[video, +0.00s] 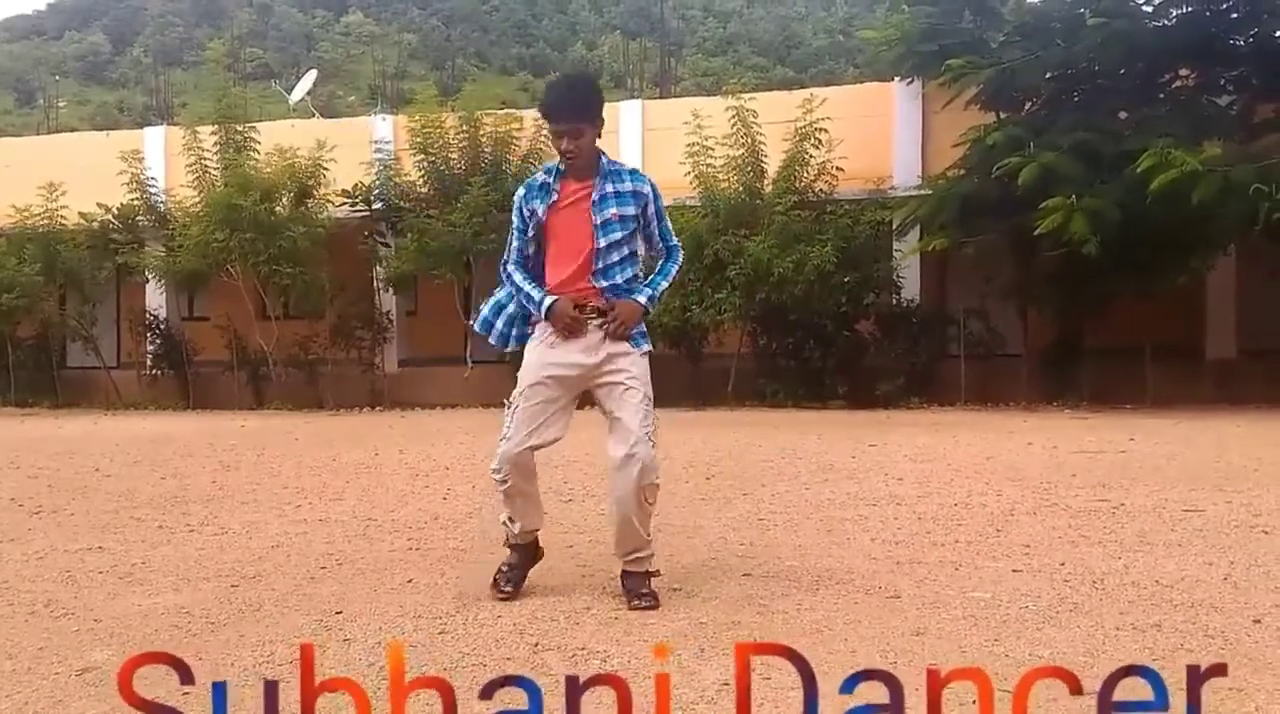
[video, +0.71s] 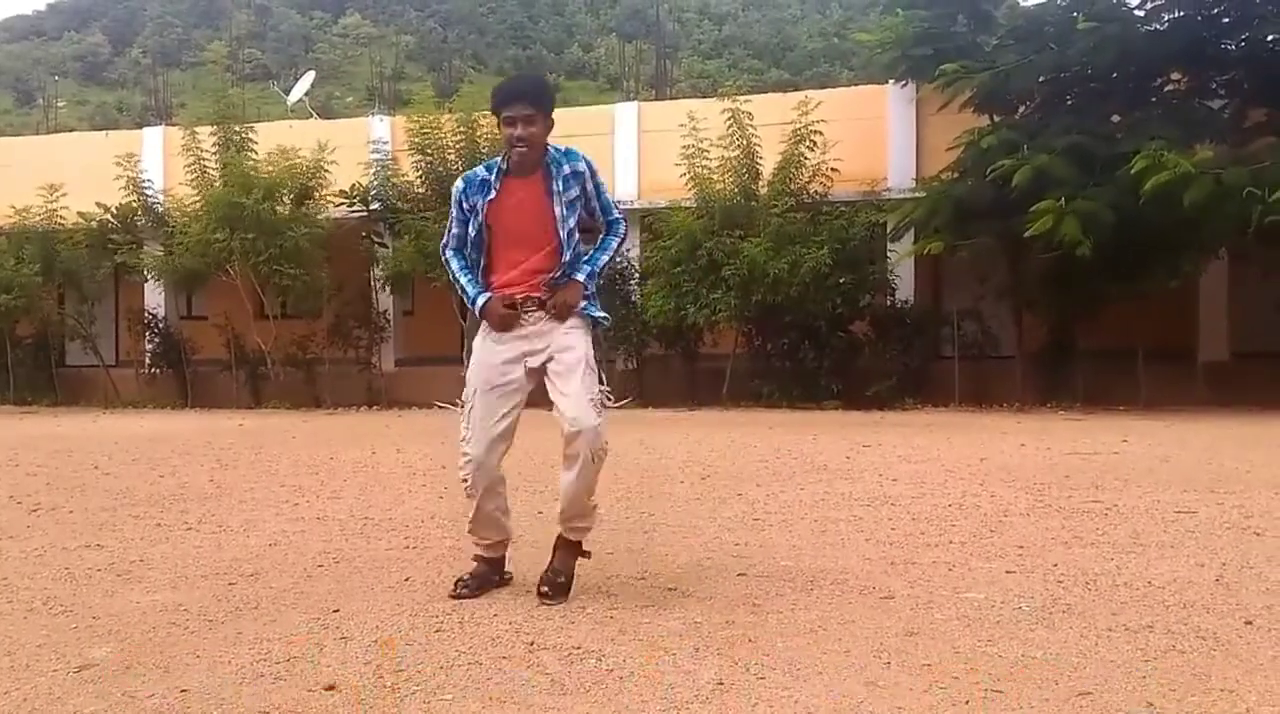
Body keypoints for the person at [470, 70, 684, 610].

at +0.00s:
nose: (567, 146)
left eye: (576, 134)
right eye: (558, 136)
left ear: (598, 126)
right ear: (547, 132)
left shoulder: (636, 187)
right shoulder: (532, 193)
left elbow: (669, 254)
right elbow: (513, 266)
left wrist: (641, 300)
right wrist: (547, 304)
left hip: (621, 341)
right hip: (553, 341)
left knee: (635, 456)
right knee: (511, 455)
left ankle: (636, 568)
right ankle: (522, 544)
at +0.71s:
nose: (518, 132)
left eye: (529, 122)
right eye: (509, 122)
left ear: (549, 124)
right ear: (497, 126)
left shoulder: (575, 170)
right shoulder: (472, 186)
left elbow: (613, 228)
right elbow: (454, 250)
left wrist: (580, 280)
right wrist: (481, 301)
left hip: (564, 322)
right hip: (498, 326)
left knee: (586, 429)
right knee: (478, 454)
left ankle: (568, 549)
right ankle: (491, 559)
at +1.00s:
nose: (490, 158)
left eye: (500, 149)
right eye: (480, 150)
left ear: (517, 156)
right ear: (468, 157)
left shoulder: (537, 226)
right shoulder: (443, 210)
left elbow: (582, 298)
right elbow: (431, 276)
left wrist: (527, 342)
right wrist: (451, 322)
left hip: (527, 361)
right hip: (458, 352)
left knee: (548, 468)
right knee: (407, 415)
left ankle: (533, 565)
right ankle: (441, 524)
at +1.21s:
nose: (446, 119)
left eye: (456, 110)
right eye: (435, 110)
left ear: (471, 117)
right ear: (421, 117)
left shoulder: (501, 175)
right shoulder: (397, 172)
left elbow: (541, 234)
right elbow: (375, 238)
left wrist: (508, 277)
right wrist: (399, 288)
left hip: (485, 315)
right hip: (415, 319)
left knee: (546, 399)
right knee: (355, 422)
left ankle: (525, 527)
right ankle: (358, 535)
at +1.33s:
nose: (423, 133)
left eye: (432, 124)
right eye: (412, 124)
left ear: (445, 129)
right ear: (396, 129)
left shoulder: (470, 190)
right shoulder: (369, 189)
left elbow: (505, 251)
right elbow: (351, 260)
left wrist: (485, 295)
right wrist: (361, 316)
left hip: (454, 325)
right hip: (388, 331)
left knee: (501, 419)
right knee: (370, 453)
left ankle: (479, 530)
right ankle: (368, 556)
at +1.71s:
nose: (400, 142)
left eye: (408, 134)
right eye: (390, 132)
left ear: (415, 142)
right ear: (364, 138)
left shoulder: (439, 189)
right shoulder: (342, 195)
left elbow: (488, 245)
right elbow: (325, 269)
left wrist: (450, 292)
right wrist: (354, 284)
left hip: (432, 349)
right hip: (370, 350)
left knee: (424, 447)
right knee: (346, 449)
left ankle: (445, 554)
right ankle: (360, 551)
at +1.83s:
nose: (376, 176)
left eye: (388, 169)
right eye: (368, 166)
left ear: (402, 180)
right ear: (352, 174)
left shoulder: (423, 228)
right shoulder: (340, 223)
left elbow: (414, 290)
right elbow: (370, 285)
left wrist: (361, 307)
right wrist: (428, 255)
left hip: (435, 364)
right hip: (376, 366)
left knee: (431, 456)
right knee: (365, 470)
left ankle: (435, 558)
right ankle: (368, 559)